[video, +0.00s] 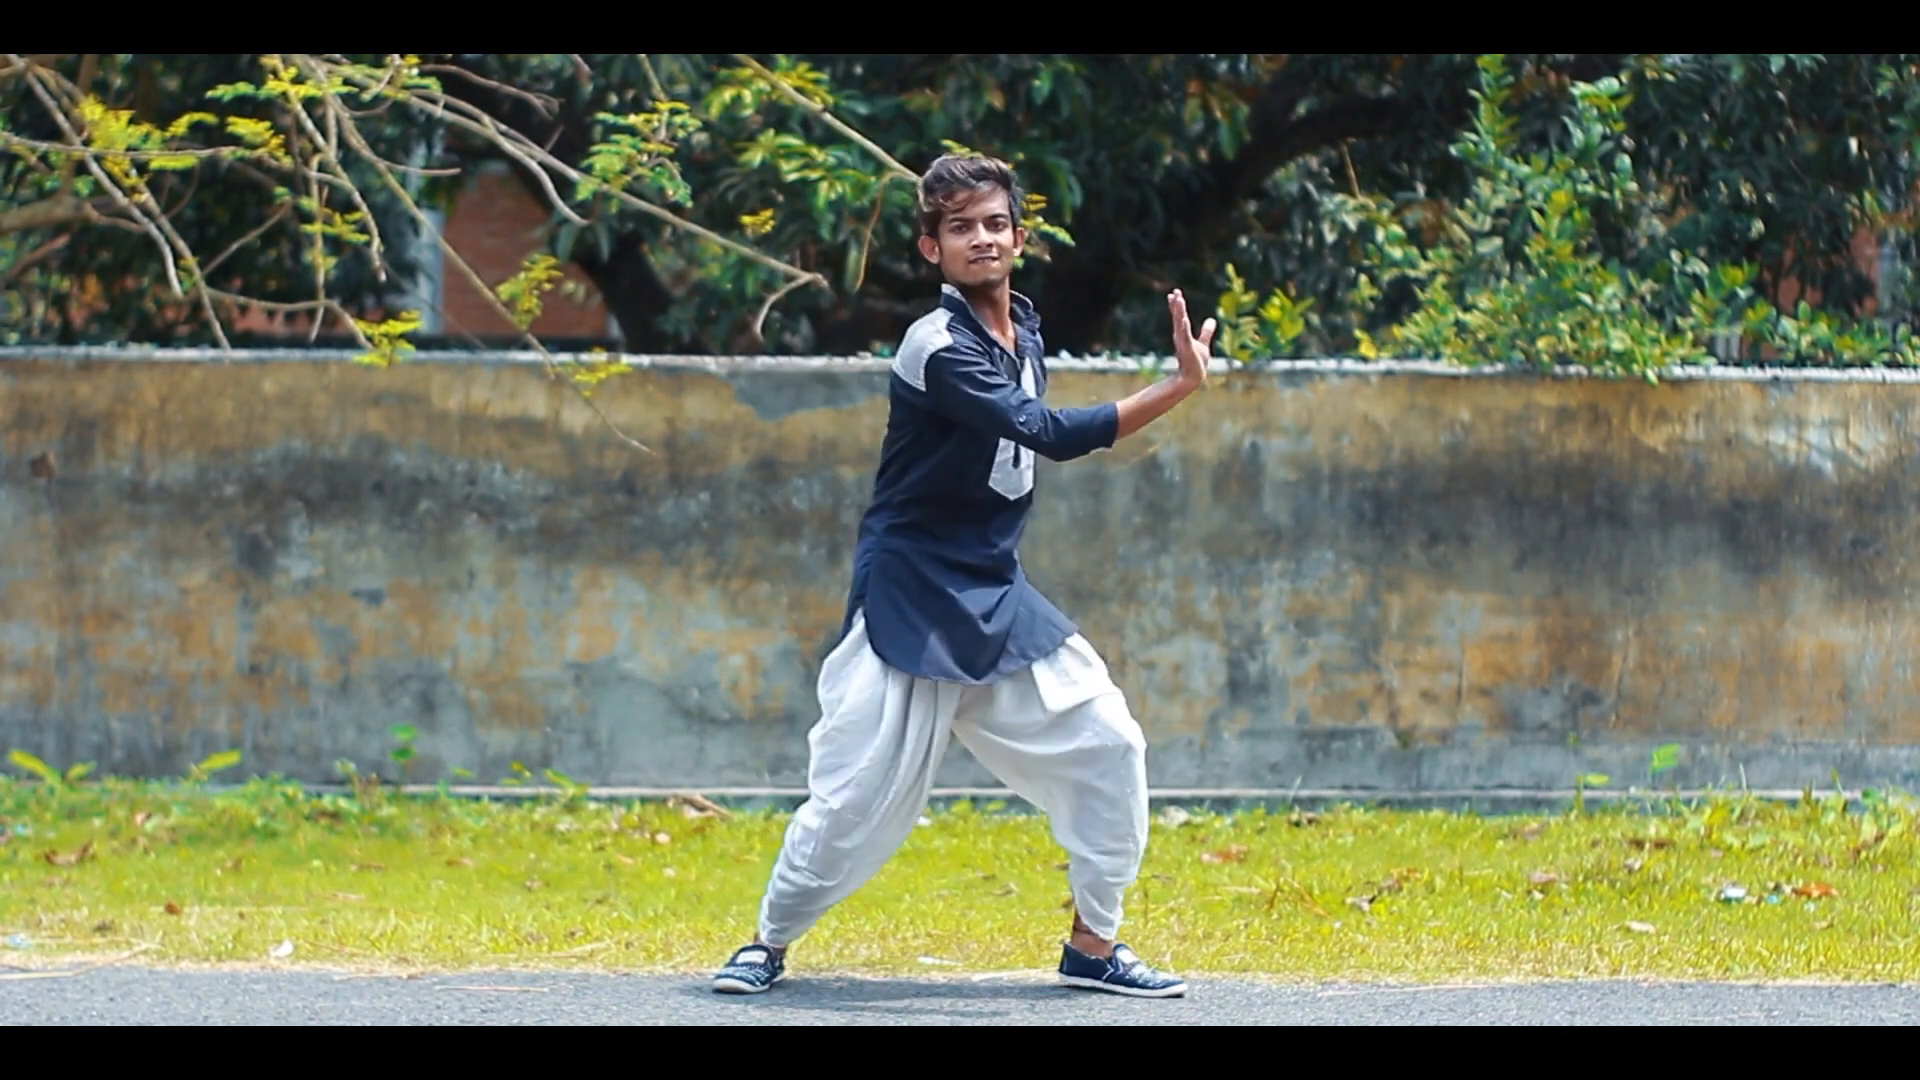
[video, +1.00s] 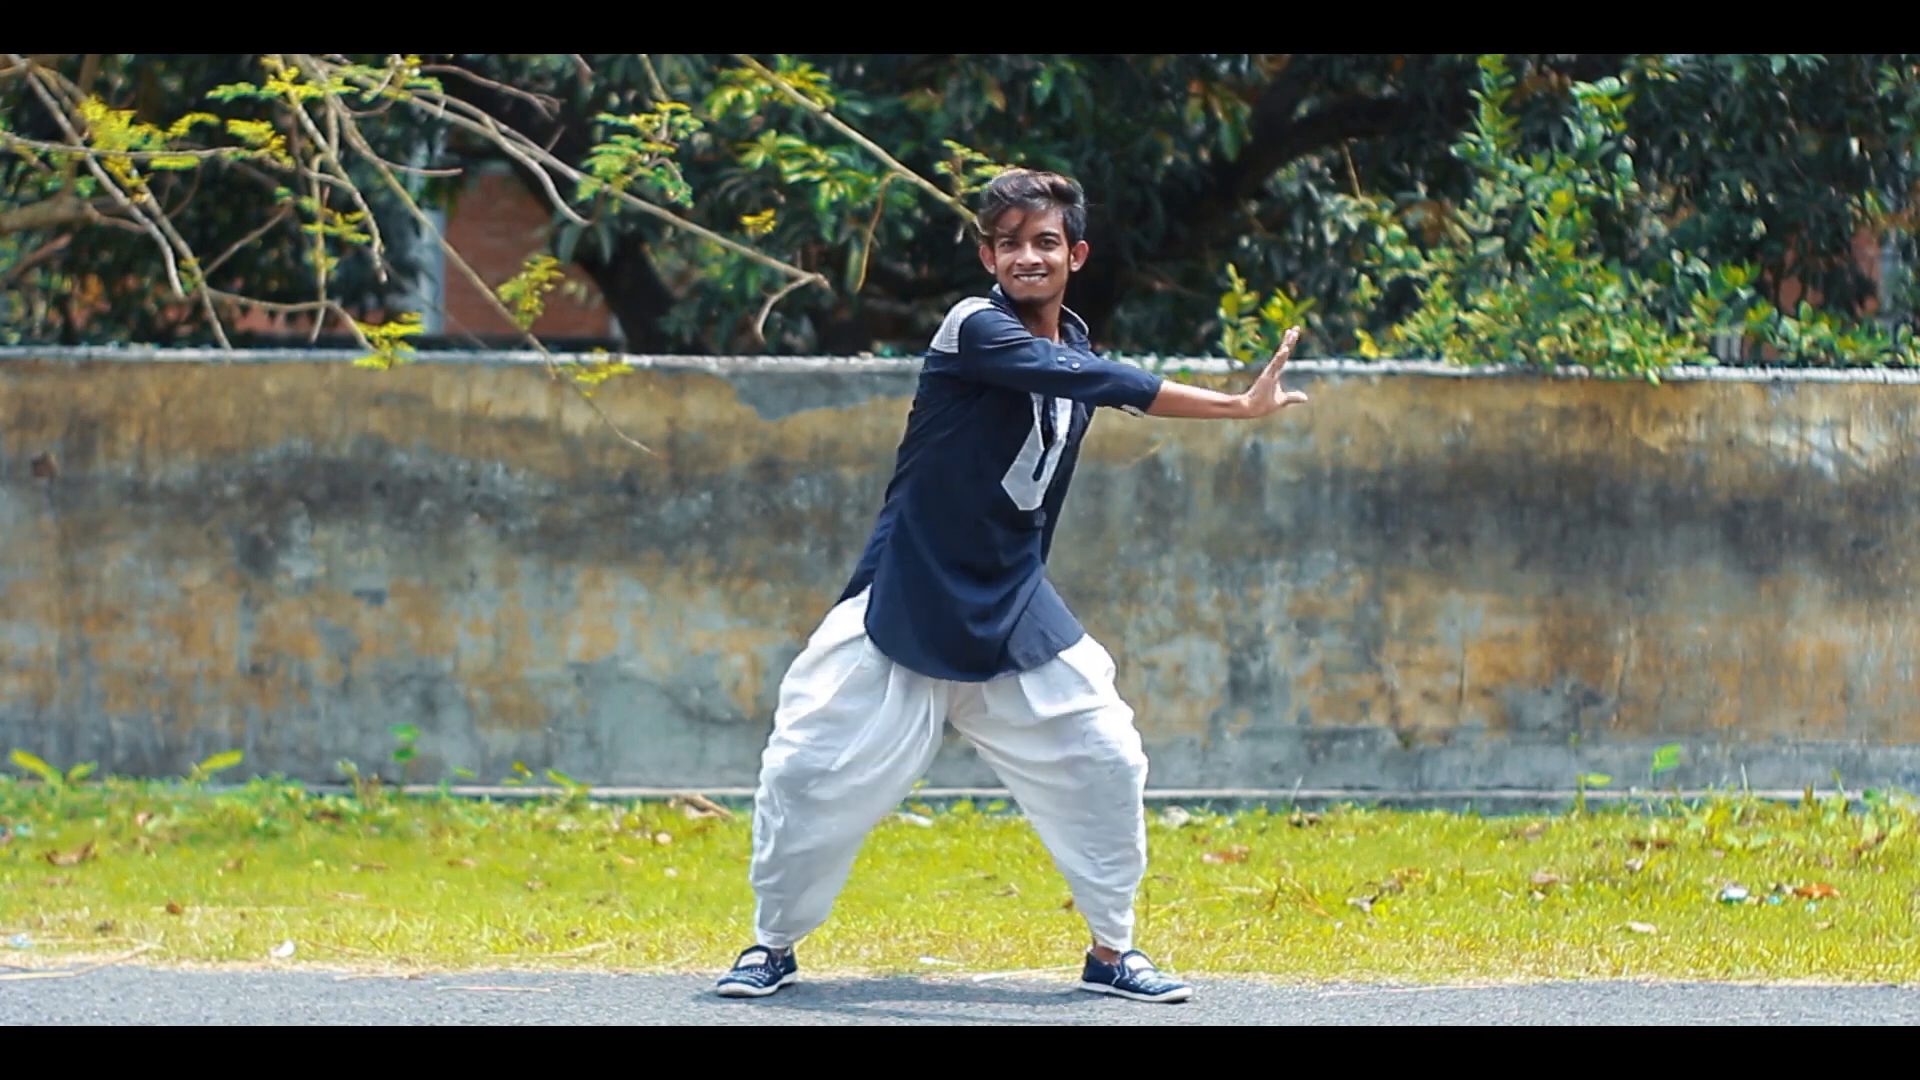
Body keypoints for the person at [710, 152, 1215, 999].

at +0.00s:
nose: (985, 239)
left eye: (998, 223)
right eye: (964, 227)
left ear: (1018, 236)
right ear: (932, 250)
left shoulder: (1026, 332)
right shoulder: (936, 346)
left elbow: (982, 450)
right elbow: (1051, 433)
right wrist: (1179, 387)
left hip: (994, 587)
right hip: (908, 589)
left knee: (1111, 744)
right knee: (856, 794)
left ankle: (1092, 948)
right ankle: (769, 946)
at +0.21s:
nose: (1013, 223)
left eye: (1025, 207)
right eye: (991, 212)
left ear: (1047, 220)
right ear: (963, 236)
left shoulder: (1064, 304)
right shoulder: (972, 321)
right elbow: (1097, 355)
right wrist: (1239, 346)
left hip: (1011, 585)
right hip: (910, 577)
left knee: (1101, 742)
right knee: (812, 752)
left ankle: (1110, 946)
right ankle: (761, 913)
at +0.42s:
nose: (1018, 290)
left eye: (1036, 274)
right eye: (1000, 273)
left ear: (1060, 286)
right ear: (972, 280)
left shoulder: (1047, 377)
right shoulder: (947, 351)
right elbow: (1069, 408)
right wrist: (1215, 437)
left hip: (1038, 620)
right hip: (932, 629)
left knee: (1142, 770)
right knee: (833, 806)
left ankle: (1114, 951)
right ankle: (782, 948)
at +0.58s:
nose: (1009, 263)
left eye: (1028, 246)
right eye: (991, 247)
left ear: (1059, 256)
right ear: (969, 256)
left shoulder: (1050, 351)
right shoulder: (953, 323)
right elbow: (1075, 391)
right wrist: (1205, 432)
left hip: (1012, 600)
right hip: (909, 603)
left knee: (1117, 761)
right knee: (805, 784)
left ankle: (1113, 952)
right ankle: (781, 946)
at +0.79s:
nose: (1011, 248)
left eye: (1029, 230)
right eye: (996, 232)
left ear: (1071, 237)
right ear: (981, 241)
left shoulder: (1086, 334)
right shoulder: (984, 321)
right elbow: (1108, 378)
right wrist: (1249, 410)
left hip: (982, 590)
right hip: (881, 567)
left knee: (1087, 757)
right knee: (794, 754)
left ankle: (1106, 951)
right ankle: (764, 934)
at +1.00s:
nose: (1026, 257)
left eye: (1044, 241)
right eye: (1008, 242)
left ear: (1076, 255)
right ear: (988, 254)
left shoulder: (1076, 349)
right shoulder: (975, 327)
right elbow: (1105, 382)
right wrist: (1238, 405)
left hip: (1013, 598)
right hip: (909, 592)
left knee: (1107, 759)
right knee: (802, 767)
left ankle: (1111, 951)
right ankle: (773, 946)